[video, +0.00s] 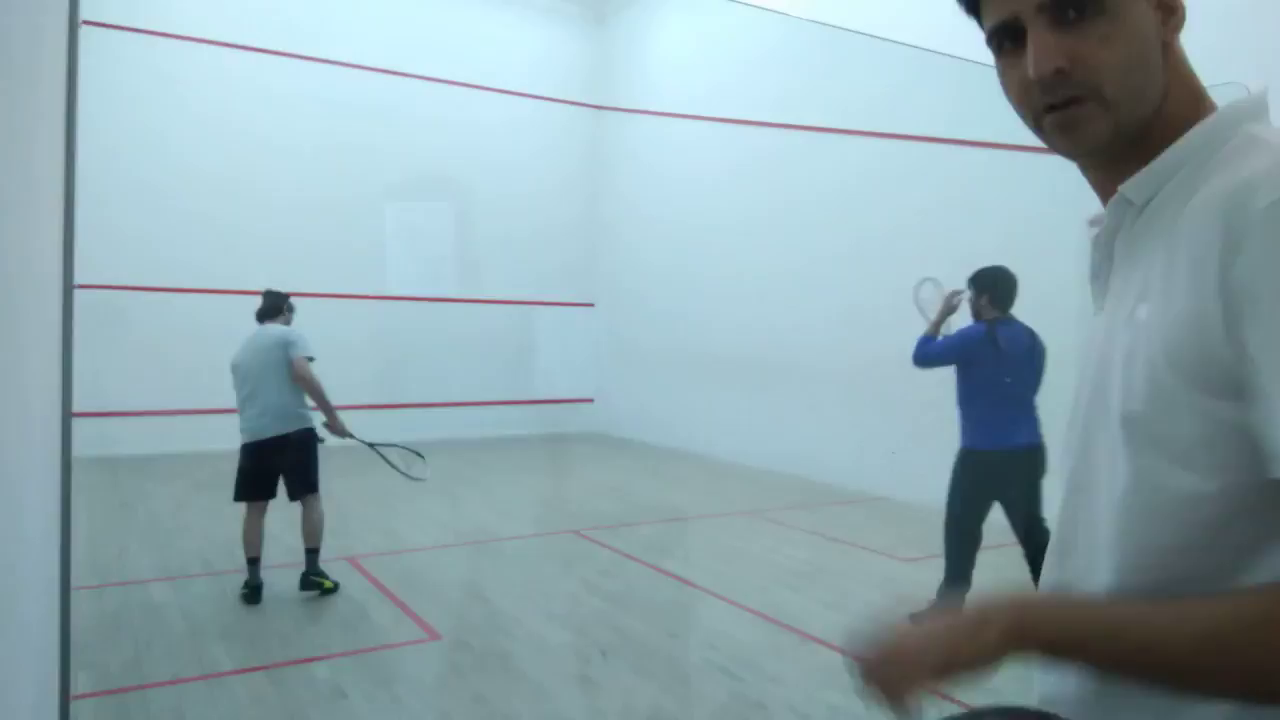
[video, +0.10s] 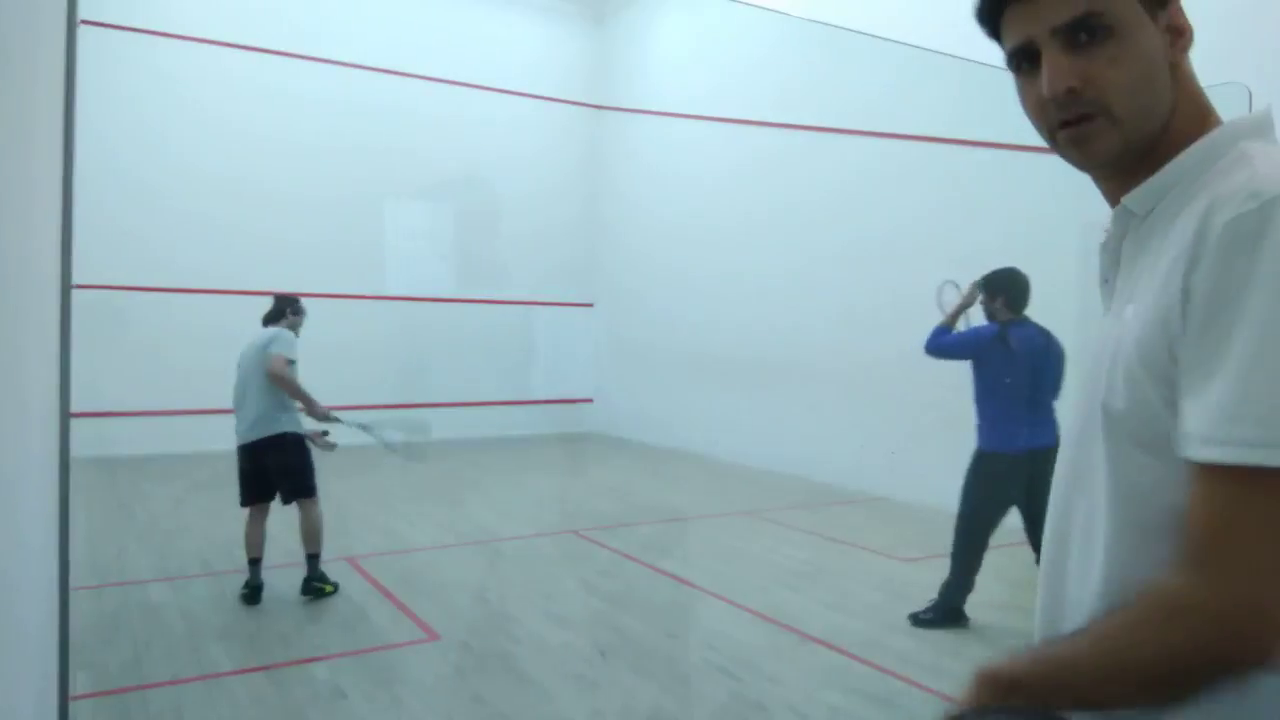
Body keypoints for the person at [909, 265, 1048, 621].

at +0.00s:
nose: (970, 302)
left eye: (974, 297)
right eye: (972, 297)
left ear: (983, 299)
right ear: (1009, 300)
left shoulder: (972, 339)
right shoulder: (1031, 340)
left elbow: (922, 356)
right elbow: (1028, 389)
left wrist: (941, 316)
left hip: (981, 454)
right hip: (1025, 452)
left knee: (962, 530)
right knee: (1030, 527)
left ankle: (950, 604)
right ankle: (1061, 600)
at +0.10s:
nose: (985, 305)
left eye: (987, 300)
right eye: (986, 300)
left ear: (998, 301)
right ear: (1022, 301)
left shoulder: (986, 339)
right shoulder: (1049, 342)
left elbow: (935, 344)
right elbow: (1051, 392)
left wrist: (959, 310)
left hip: (998, 455)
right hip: (1042, 454)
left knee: (971, 532)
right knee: (1049, 538)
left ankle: (951, 606)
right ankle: (1073, 608)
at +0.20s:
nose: (998, 305)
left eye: (1001, 298)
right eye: (998, 298)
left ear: (1016, 300)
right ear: (1039, 300)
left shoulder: (1004, 336)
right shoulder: (1070, 341)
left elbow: (958, 328)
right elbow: (1085, 393)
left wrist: (985, 295)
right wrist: (1046, 391)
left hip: (1015, 456)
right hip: (1060, 456)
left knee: (989, 534)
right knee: (1062, 542)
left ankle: (959, 603)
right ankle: (1065, 623)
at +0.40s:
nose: (1013, 295)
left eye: (1019, 290)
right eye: (1015, 289)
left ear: (1039, 297)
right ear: (1053, 300)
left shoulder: (1014, 334)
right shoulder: (1085, 341)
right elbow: (1108, 396)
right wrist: (1073, 409)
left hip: (1020, 459)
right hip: (1069, 460)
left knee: (1003, 533)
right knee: (1070, 541)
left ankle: (984, 608)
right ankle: (1066, 633)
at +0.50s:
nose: (998, 298)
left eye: (1006, 293)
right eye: (1001, 291)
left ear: (1028, 298)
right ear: (1038, 300)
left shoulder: (1005, 337)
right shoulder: (1070, 340)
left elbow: (970, 384)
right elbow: (1090, 395)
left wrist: (992, 368)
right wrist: (1052, 407)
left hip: (1007, 457)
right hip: (1055, 458)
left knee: (993, 532)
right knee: (1059, 536)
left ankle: (980, 606)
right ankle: (1064, 628)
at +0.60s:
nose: (980, 300)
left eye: (987, 294)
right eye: (982, 293)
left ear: (1009, 299)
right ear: (1018, 300)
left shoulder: (990, 335)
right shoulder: (1049, 340)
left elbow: (973, 386)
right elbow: (1059, 394)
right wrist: (1017, 393)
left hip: (990, 453)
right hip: (1036, 455)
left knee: (981, 529)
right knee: (1043, 533)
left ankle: (977, 605)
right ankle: (1059, 626)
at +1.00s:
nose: (988, 299)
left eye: (990, 293)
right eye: (992, 294)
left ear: (995, 296)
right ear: (1026, 298)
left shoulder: (972, 334)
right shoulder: (1045, 341)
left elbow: (948, 377)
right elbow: (1059, 399)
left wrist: (939, 410)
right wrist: (1048, 433)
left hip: (979, 451)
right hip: (1027, 452)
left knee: (979, 527)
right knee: (1026, 532)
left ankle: (982, 602)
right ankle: (1019, 605)